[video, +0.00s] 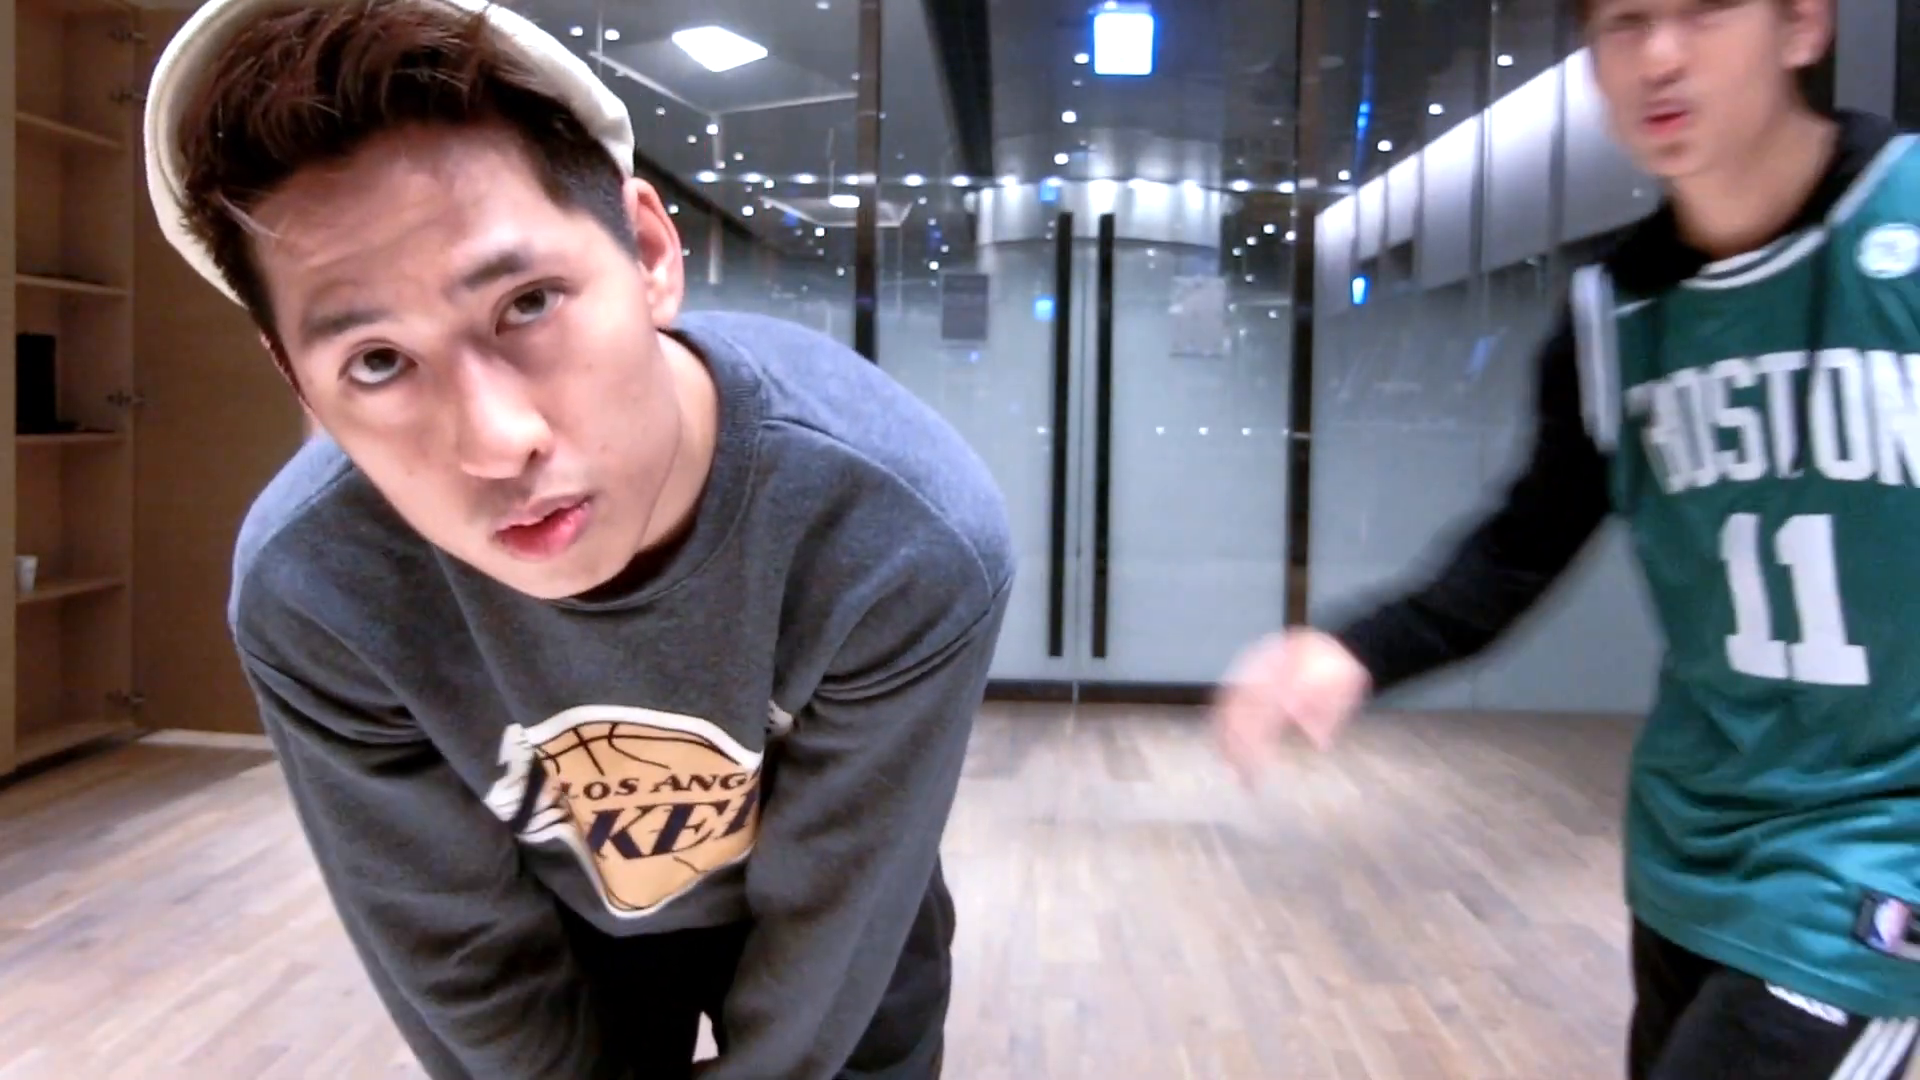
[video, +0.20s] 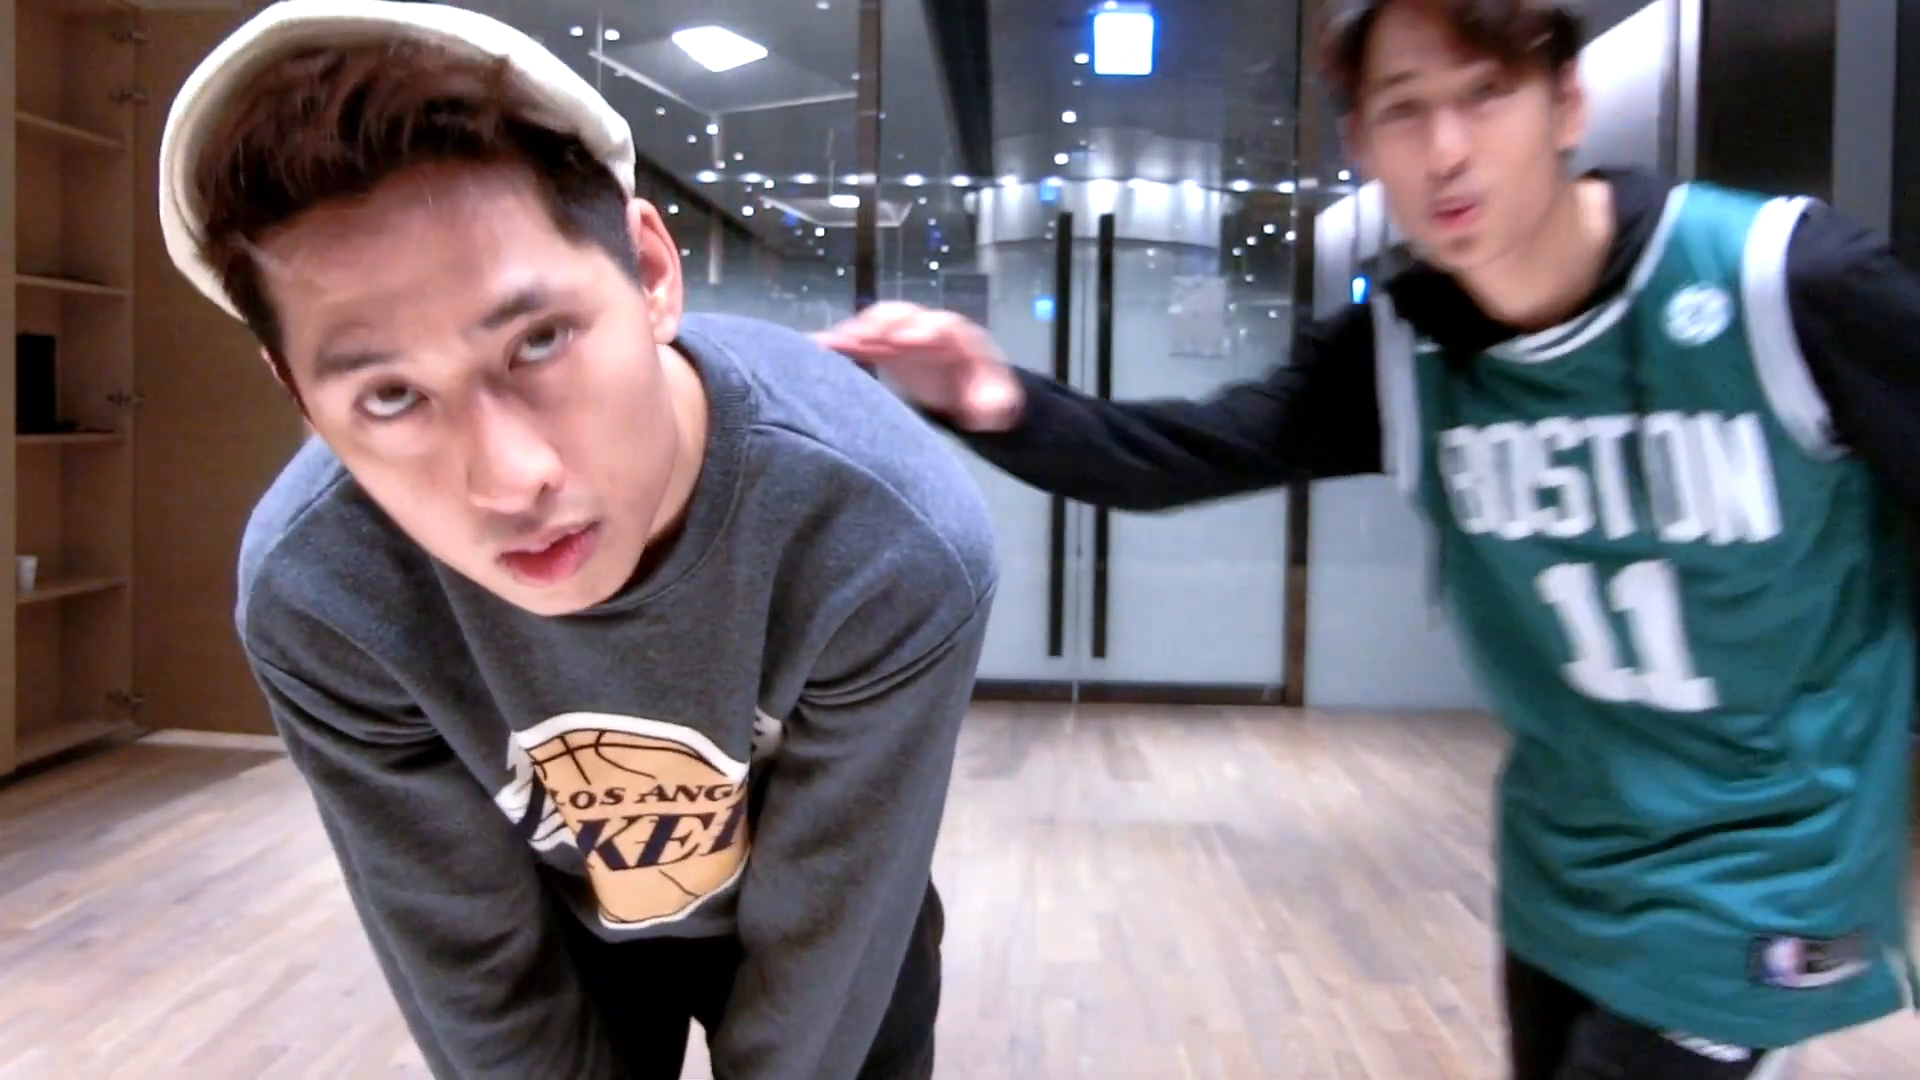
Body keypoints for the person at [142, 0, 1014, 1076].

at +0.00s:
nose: (495, 443)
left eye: (527, 304)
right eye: (379, 364)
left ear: (652, 256)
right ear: (303, 389)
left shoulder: (906, 541)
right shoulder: (309, 592)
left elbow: (817, 966)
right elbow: (482, 998)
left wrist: (770, 1061)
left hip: (836, 918)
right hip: (562, 944)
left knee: (861, 1060)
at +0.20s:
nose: (507, 477)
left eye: (538, 342)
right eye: (391, 399)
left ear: (654, 272)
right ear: (305, 403)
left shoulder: (892, 545)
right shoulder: (314, 594)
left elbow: (811, 998)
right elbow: (491, 1013)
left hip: (828, 925)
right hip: (561, 945)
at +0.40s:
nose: (452, 550)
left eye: (501, 449)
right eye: (356, 478)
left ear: (633, 314)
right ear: (291, 433)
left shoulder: (868, 510)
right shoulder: (284, 557)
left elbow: (813, 997)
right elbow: (380, 1003)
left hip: (774, 910)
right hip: (521, 912)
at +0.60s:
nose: (606, 364)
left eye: (625, 254)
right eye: (503, 319)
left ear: (656, 192)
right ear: (330, 309)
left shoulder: (834, 460)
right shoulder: (257, 475)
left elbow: (776, 973)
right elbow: (252, 959)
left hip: (782, 882)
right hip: (508, 876)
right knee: (472, 1058)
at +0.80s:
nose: (725, 273)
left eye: (708, 180)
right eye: (638, 263)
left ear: (702, 120)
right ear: (437, 326)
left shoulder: (817, 404)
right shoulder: (238, 415)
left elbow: (688, 900)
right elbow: (257, 878)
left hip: (768, 860)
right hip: (485, 859)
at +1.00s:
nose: (731, 249)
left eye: (710, 157)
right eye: (648, 236)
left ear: (707, 108)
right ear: (442, 301)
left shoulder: (810, 390)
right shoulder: (228, 406)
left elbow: (723, 868)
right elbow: (358, 785)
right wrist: (455, 981)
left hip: (757, 867)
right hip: (488, 880)